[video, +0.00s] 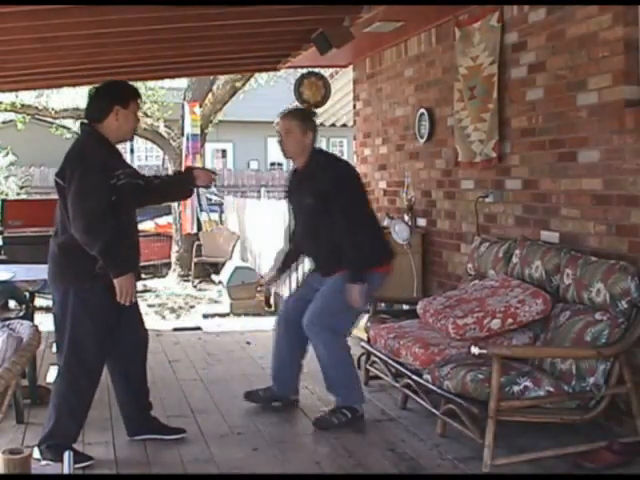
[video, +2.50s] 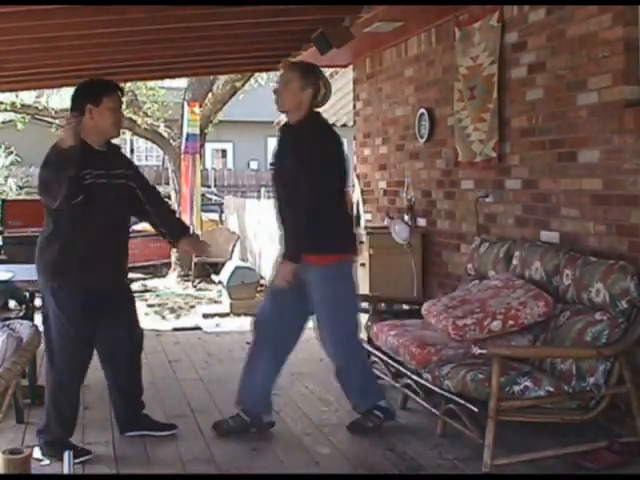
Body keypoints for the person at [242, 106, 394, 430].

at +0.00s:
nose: (280, 142)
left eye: (286, 135)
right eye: (279, 135)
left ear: (307, 135)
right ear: (288, 138)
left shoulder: (338, 171)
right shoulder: (298, 180)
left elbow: (361, 225)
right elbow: (302, 236)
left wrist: (357, 276)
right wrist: (277, 273)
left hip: (363, 266)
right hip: (328, 267)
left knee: (321, 323)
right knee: (291, 314)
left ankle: (350, 406)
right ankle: (284, 391)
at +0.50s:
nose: (401, 218)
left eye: (407, 211)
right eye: (400, 211)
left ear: (429, 211)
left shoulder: (456, 242)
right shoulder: (416, 242)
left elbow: (467, 302)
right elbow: (422, 290)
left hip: (456, 318)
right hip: (428, 312)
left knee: (389, 312)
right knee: (365, 308)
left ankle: (352, 397)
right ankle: (330, 383)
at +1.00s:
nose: (470, 218)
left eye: (476, 213)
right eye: (469, 213)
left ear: (494, 215)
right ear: (472, 213)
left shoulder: (503, 239)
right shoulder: (480, 241)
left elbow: (497, 285)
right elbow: (456, 274)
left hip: (467, 316)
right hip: (446, 311)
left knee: (420, 263)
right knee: (368, 313)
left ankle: (354, 303)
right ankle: (343, 382)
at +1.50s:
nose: (419, 226)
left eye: (425, 220)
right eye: (417, 221)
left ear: (446, 219)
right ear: (416, 220)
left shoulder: (468, 243)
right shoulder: (432, 244)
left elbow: (487, 289)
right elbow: (433, 285)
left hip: (465, 316)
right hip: (438, 309)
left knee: (400, 303)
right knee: (373, 301)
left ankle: (373, 391)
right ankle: (355, 379)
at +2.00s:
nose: (313, 199)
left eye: (317, 191)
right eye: (312, 191)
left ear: (338, 191)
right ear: (336, 192)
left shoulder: (375, 214)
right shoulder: (343, 225)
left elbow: (418, 249)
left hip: (417, 289)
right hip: (385, 285)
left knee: (356, 319)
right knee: (336, 315)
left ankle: (381, 407)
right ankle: (353, 385)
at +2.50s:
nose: (276, 90)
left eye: (285, 85)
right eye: (278, 84)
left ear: (309, 93)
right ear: (296, 94)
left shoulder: (320, 136)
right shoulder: (289, 135)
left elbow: (313, 201)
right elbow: (295, 199)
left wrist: (291, 256)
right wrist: (290, 251)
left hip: (328, 255)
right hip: (299, 254)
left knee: (339, 336)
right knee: (271, 331)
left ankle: (374, 406)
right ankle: (253, 411)